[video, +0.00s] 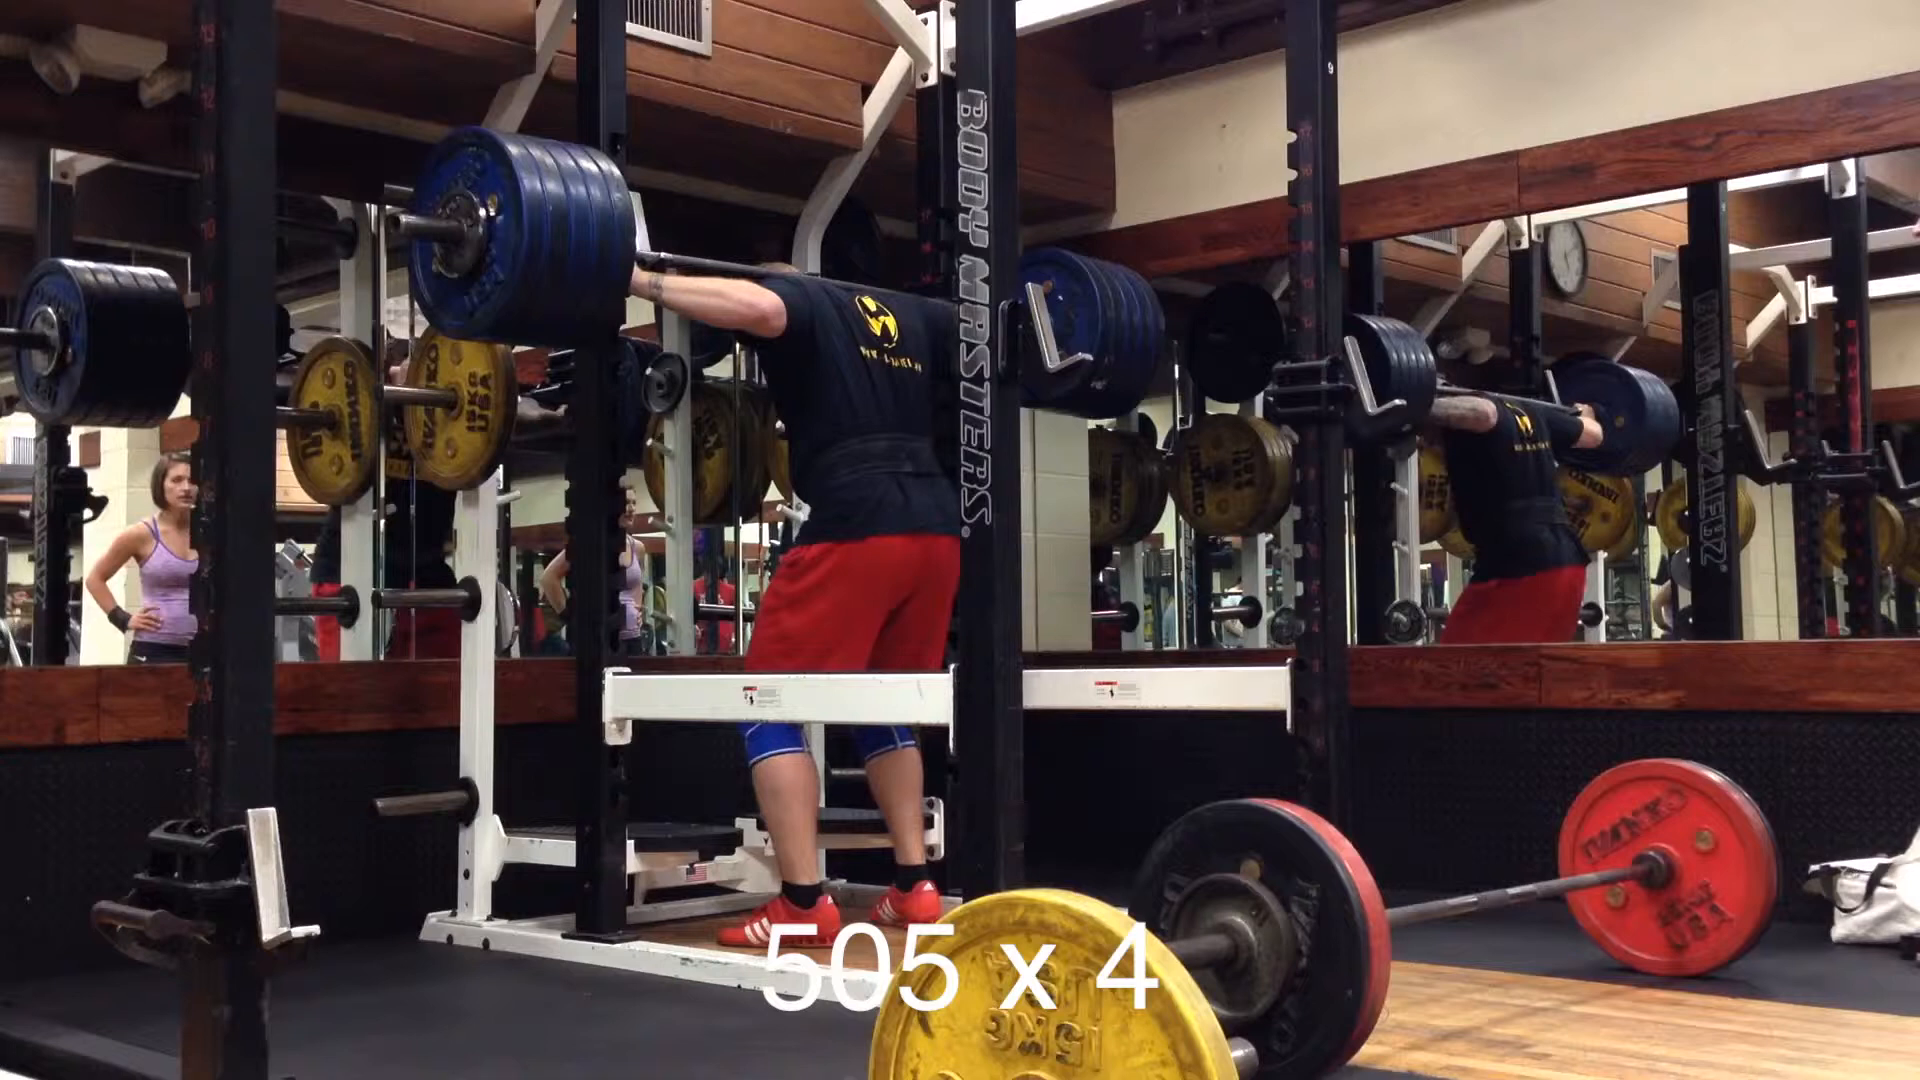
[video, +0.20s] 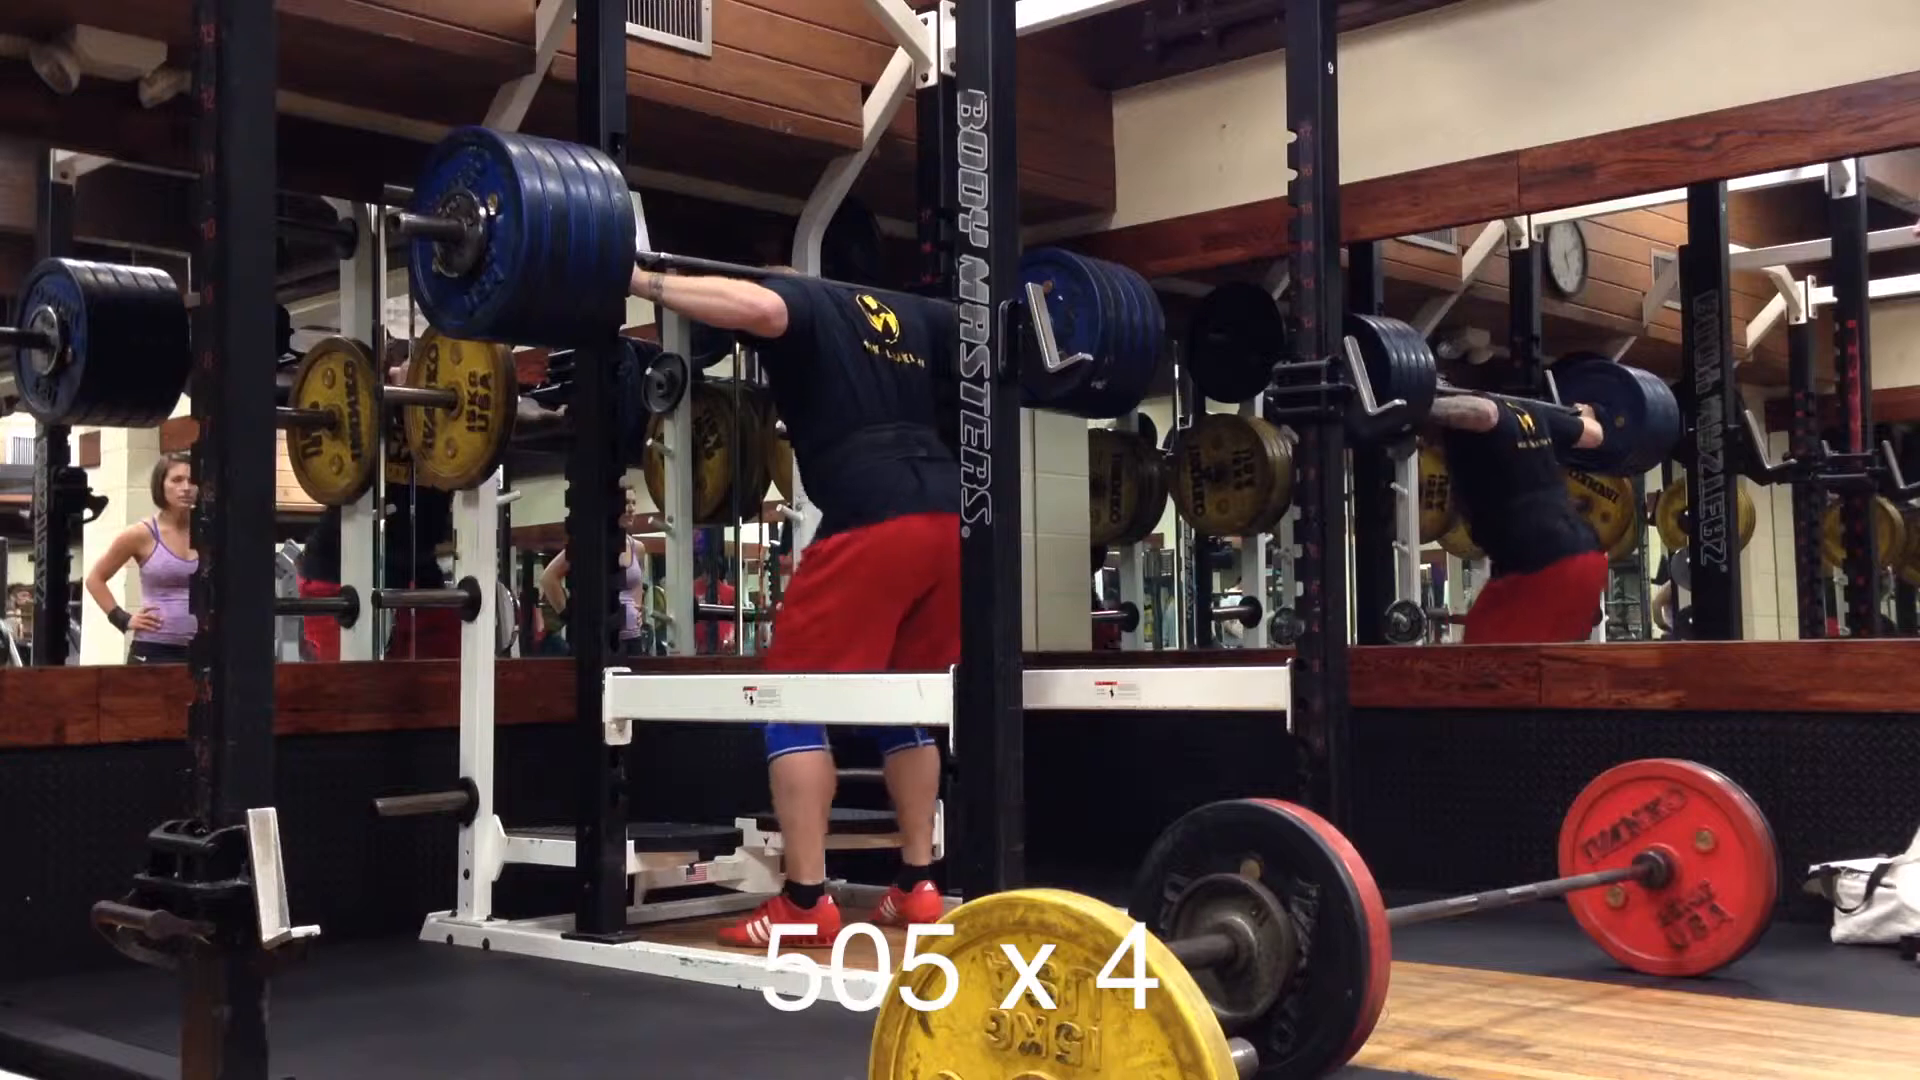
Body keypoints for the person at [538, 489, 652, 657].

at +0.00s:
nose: (630, 508)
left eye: (633, 503)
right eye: (625, 503)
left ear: (637, 507)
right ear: (611, 506)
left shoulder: (637, 547)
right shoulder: (589, 543)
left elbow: (638, 583)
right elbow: (549, 578)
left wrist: (637, 609)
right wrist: (567, 614)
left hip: (631, 633)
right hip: (598, 635)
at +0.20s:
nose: (630, 508)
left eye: (633, 503)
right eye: (625, 503)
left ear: (636, 507)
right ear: (611, 506)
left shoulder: (637, 547)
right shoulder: (589, 543)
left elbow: (638, 583)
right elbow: (549, 578)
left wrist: (637, 609)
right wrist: (567, 614)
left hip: (631, 633)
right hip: (598, 635)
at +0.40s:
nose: (630, 508)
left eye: (633, 503)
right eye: (625, 503)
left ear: (636, 506)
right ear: (611, 506)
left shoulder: (637, 547)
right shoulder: (589, 542)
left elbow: (638, 583)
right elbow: (549, 578)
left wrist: (637, 609)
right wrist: (567, 614)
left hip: (631, 633)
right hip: (597, 635)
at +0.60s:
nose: (629, 508)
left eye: (631, 503)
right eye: (623, 502)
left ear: (635, 506)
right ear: (609, 506)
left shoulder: (636, 546)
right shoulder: (589, 543)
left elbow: (637, 582)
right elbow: (549, 577)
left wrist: (637, 607)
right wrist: (566, 613)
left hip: (631, 633)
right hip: (598, 635)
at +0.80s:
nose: (629, 509)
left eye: (631, 503)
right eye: (623, 503)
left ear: (635, 507)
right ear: (610, 507)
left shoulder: (636, 546)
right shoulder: (589, 543)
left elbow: (637, 582)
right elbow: (548, 577)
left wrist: (637, 608)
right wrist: (566, 613)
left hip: (631, 633)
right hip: (598, 634)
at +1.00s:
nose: (629, 508)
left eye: (631, 502)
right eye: (623, 502)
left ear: (635, 507)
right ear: (609, 506)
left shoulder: (636, 546)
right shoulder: (589, 542)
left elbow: (637, 582)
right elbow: (548, 578)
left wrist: (637, 608)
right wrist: (566, 614)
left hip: (631, 633)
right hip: (598, 634)